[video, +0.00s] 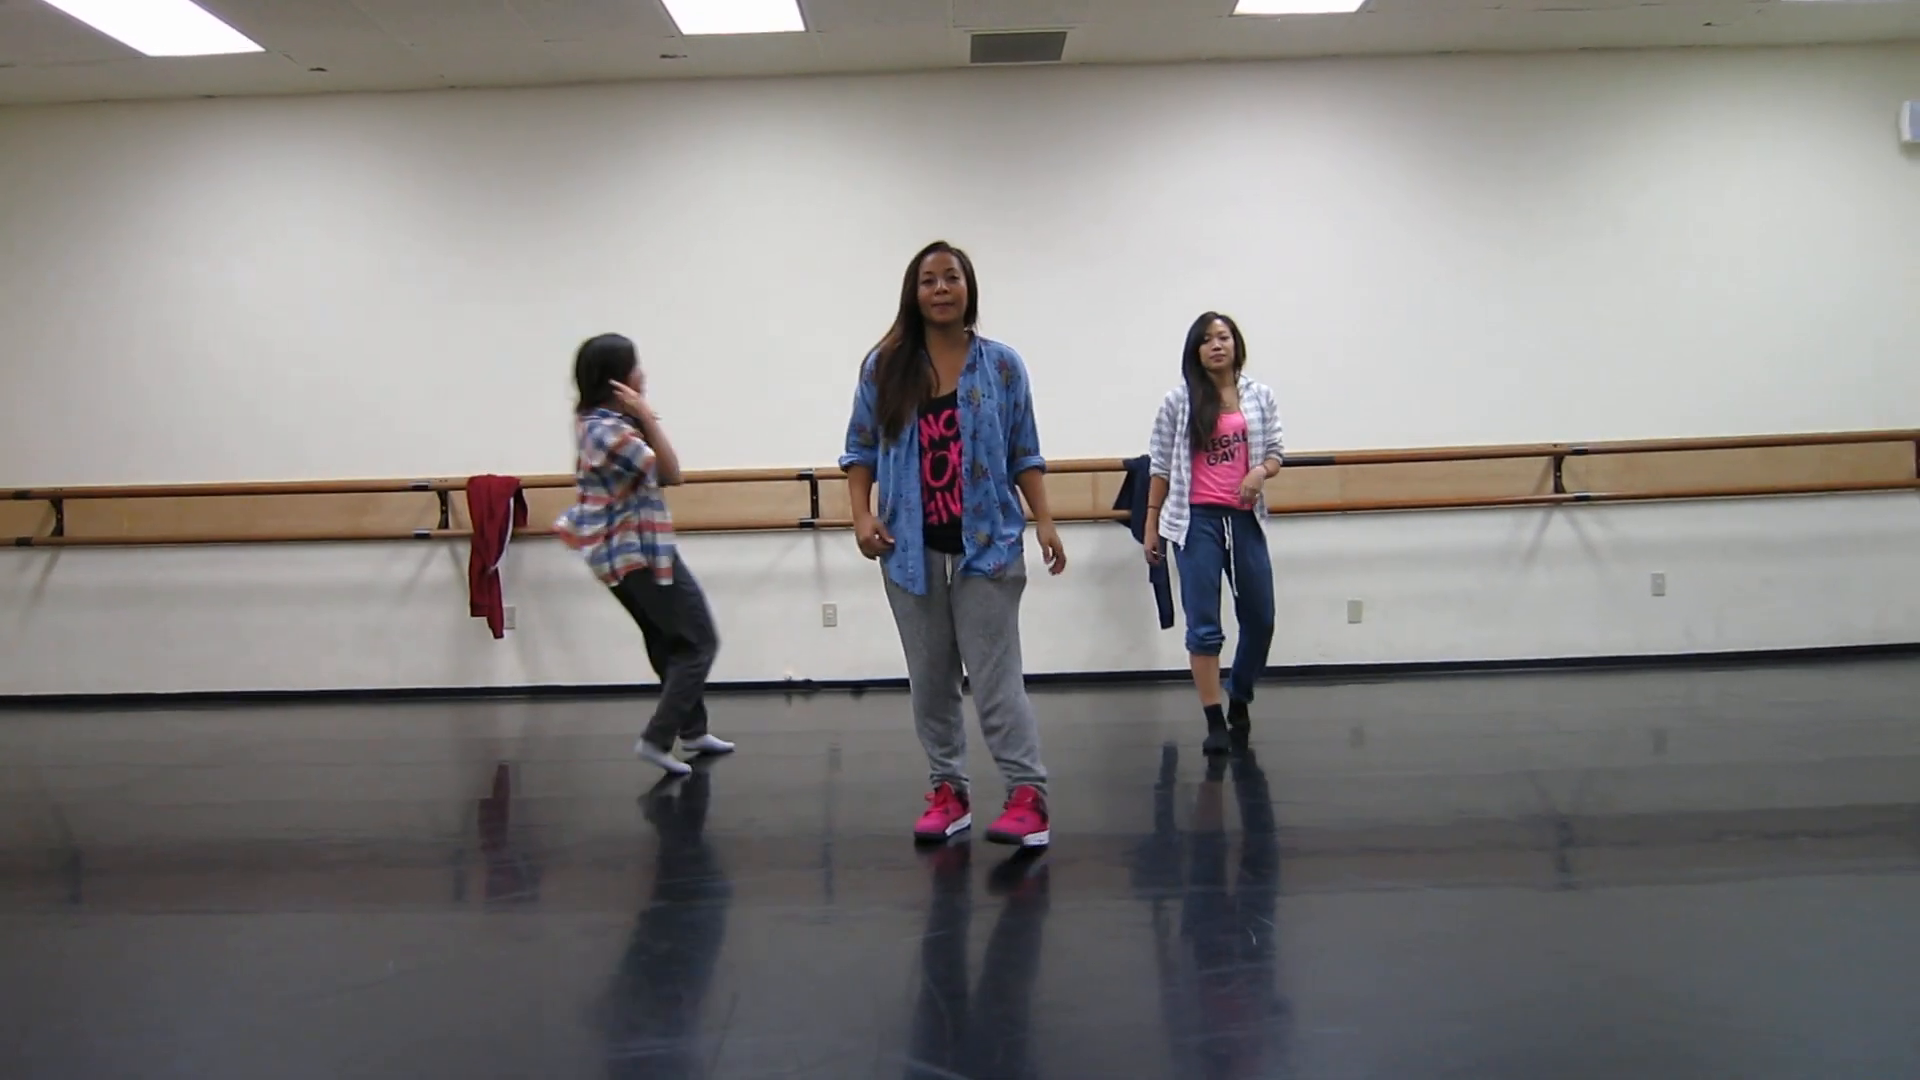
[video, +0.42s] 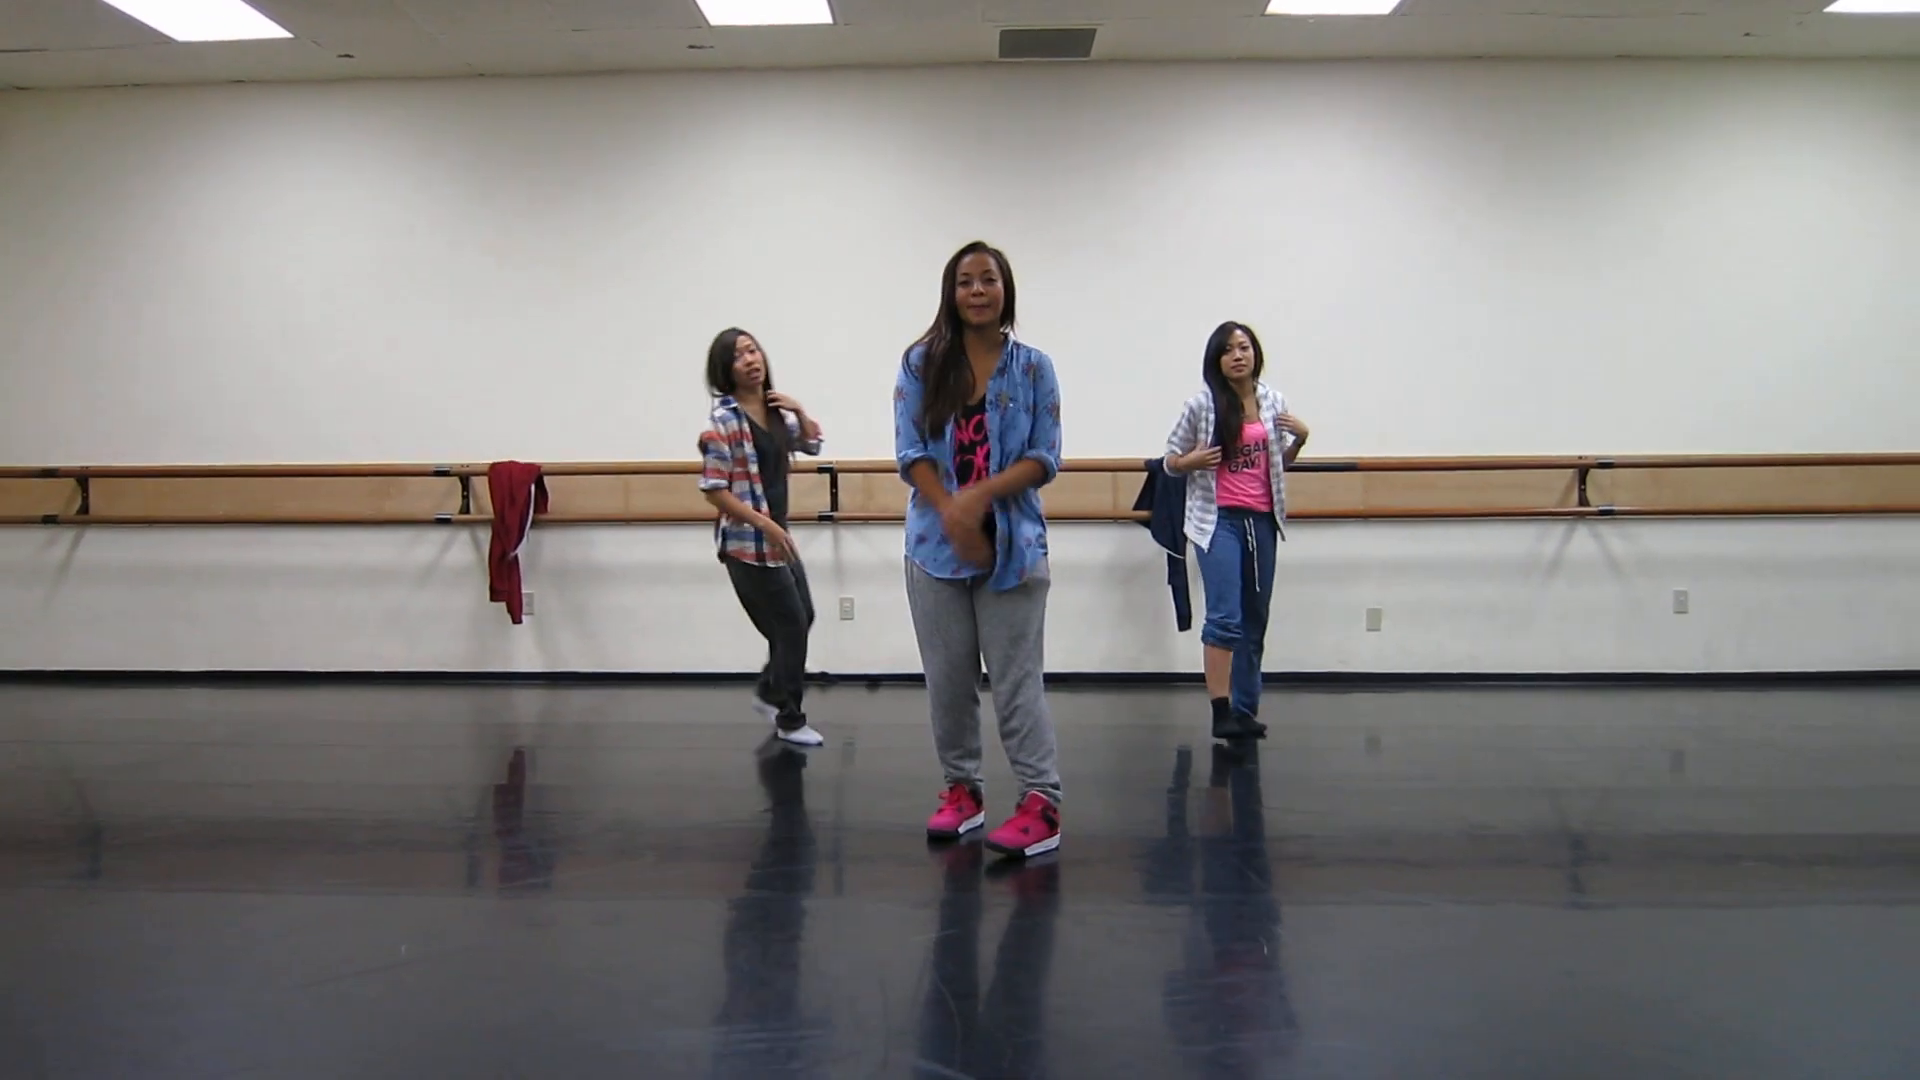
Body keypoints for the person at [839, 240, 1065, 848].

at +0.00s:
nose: (941, 288)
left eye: (952, 278)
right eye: (929, 280)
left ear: (970, 289)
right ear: (912, 293)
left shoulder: (1001, 363)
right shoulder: (883, 366)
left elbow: (1024, 452)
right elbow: (861, 448)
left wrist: (1044, 520)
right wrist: (862, 515)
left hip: (987, 547)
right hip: (910, 551)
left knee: (994, 676)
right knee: (930, 679)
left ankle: (1027, 792)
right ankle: (948, 791)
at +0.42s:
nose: (977, 290)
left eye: (988, 280)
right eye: (965, 281)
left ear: (1007, 290)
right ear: (950, 293)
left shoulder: (1033, 365)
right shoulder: (921, 362)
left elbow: (1043, 459)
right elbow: (910, 453)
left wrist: (975, 498)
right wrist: (959, 521)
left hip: (1012, 549)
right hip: (935, 548)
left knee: (1015, 678)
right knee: (948, 677)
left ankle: (1040, 802)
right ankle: (961, 792)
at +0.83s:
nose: (1000, 295)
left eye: (1010, 285)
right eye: (988, 286)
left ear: (1028, 295)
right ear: (971, 297)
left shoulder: (1053, 361)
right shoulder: (946, 368)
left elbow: (1044, 440)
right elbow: (950, 454)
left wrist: (1013, 511)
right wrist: (983, 527)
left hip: (1048, 540)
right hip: (970, 543)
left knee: (1075, 671)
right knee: (985, 677)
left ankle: (1102, 802)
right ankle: (999, 792)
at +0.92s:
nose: (1003, 295)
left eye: (1013, 285)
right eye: (991, 286)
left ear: (1032, 295)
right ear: (974, 296)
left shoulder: (1058, 362)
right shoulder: (948, 370)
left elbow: (1069, 447)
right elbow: (936, 459)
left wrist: (1079, 523)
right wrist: (934, 537)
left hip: (1052, 541)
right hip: (975, 545)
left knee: (1074, 675)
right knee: (991, 677)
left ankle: (1096, 800)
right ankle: (1006, 791)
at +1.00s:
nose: (1003, 294)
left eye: (1015, 283)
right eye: (991, 285)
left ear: (1033, 293)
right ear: (975, 296)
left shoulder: (1062, 364)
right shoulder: (948, 371)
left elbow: (1101, 445)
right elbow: (912, 460)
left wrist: (1143, 516)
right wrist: (878, 540)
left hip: (1058, 546)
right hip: (979, 550)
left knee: (1066, 678)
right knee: (994, 678)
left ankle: (1087, 798)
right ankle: (1008, 791)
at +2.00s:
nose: (1075, 287)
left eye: (1085, 278)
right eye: (1062, 281)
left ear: (1104, 294)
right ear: (1045, 299)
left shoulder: (1131, 379)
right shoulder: (1012, 370)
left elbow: (1151, 475)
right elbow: (982, 463)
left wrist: (1161, 554)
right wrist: (964, 546)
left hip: (1105, 565)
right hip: (1024, 563)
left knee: (1110, 700)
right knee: (1020, 693)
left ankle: (1113, 826)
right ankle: (1005, 806)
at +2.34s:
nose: (1067, 302)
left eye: (1079, 293)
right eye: (1056, 293)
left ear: (1095, 307)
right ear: (1037, 306)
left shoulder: (1114, 387)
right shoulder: (1001, 375)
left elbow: (1115, 486)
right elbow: (996, 472)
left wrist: (1079, 557)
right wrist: (1058, 526)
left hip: (1081, 567)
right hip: (1002, 565)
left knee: (1091, 709)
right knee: (1000, 701)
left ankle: (1098, 833)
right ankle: (991, 813)